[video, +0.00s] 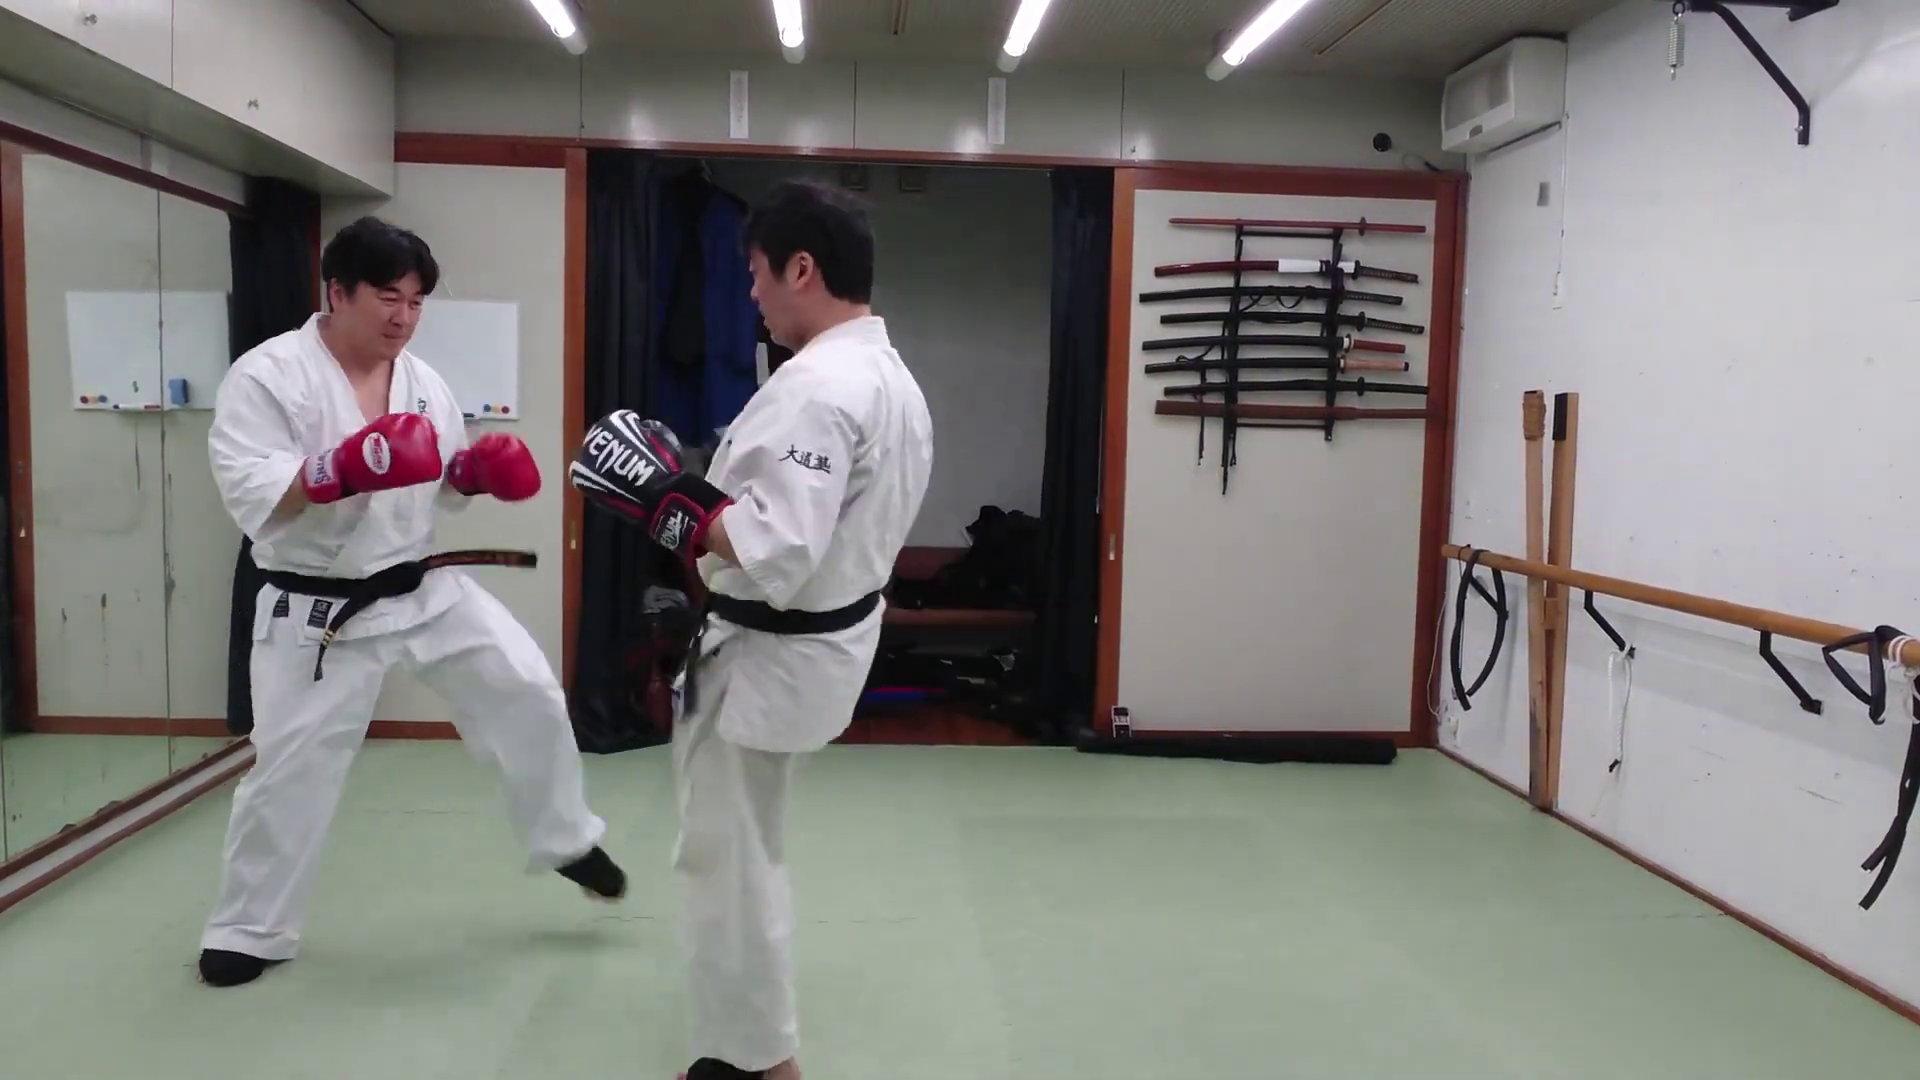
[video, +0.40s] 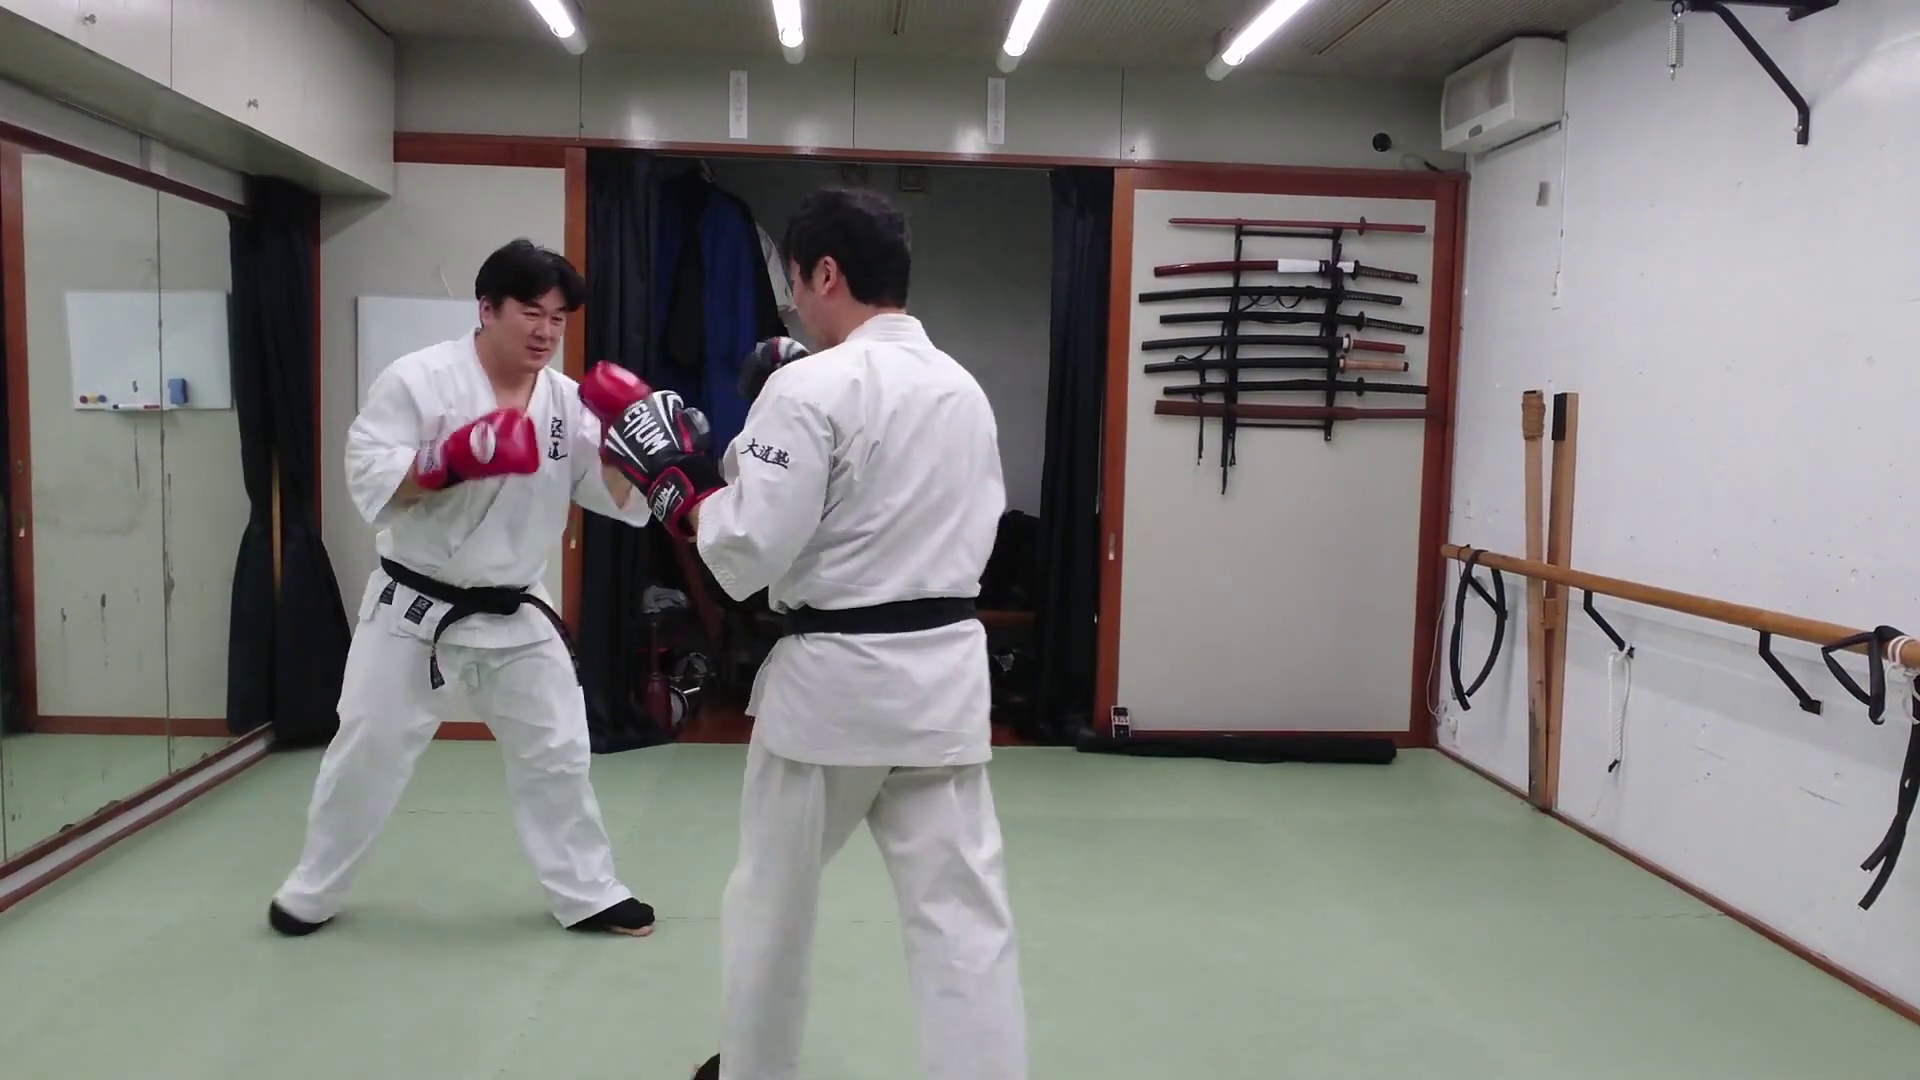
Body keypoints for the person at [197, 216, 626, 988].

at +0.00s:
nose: (405, 314)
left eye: (415, 300)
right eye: (388, 297)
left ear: (423, 302)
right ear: (335, 293)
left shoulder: (421, 382)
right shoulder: (265, 377)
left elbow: (442, 489)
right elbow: (255, 495)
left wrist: (475, 470)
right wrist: (347, 467)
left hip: (419, 588)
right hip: (310, 607)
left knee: (527, 689)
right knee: (289, 771)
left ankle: (566, 840)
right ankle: (245, 929)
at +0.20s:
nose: (472, 327)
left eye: (482, 314)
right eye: (455, 311)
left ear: (492, 320)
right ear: (410, 313)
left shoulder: (507, 410)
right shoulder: (334, 397)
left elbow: (547, 487)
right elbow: (283, 498)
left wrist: (554, 517)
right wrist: (365, 502)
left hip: (481, 627)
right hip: (369, 629)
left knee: (539, 766)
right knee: (316, 781)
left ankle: (588, 897)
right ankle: (249, 929)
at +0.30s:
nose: (521, 331)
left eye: (532, 318)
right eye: (505, 314)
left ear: (541, 325)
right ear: (462, 315)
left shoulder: (549, 413)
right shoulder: (389, 391)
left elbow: (598, 522)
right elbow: (333, 484)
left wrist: (603, 501)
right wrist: (409, 505)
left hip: (506, 625)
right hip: (399, 622)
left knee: (562, 755)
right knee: (345, 767)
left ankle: (589, 897)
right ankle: (264, 921)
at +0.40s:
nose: (548, 330)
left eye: (558, 317)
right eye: (533, 312)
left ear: (566, 323)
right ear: (489, 309)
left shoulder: (569, 406)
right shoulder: (416, 381)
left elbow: (626, 497)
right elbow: (370, 476)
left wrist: (635, 428)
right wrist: (446, 463)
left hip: (515, 614)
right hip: (410, 608)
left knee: (559, 752)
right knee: (368, 747)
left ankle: (587, 893)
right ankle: (311, 892)